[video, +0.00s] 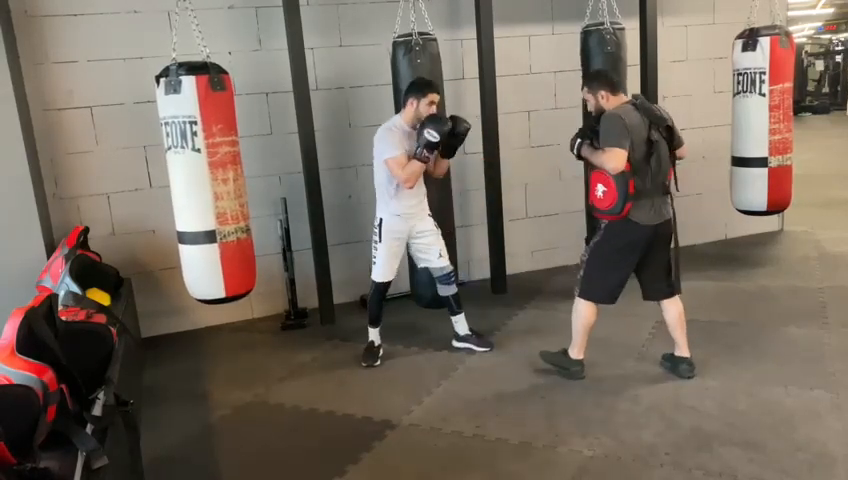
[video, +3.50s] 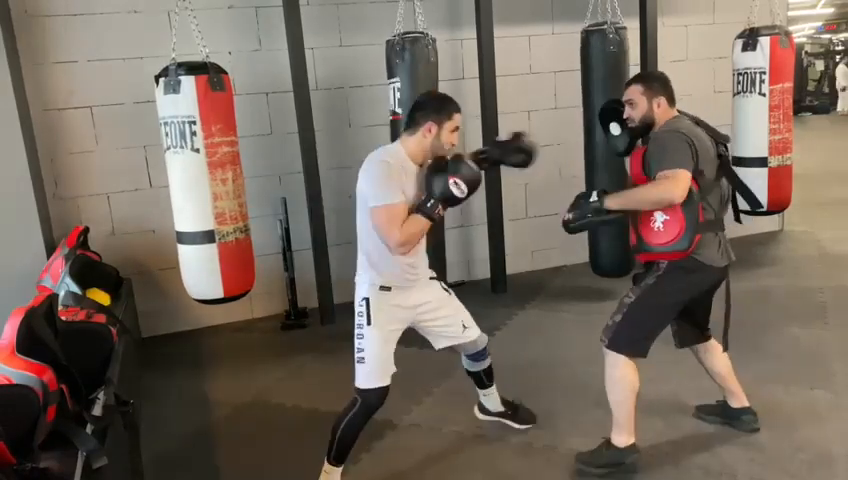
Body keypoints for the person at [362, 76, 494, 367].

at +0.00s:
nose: (434, 110)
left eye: (436, 106)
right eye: (431, 104)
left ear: (423, 105)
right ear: (412, 102)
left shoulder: (423, 131)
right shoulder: (387, 134)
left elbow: (437, 171)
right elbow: (406, 179)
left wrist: (449, 146)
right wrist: (428, 145)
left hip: (421, 217)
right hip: (391, 220)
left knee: (445, 273)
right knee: (381, 282)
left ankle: (462, 334)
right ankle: (373, 342)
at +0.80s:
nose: (444, 134)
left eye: (446, 130)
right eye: (439, 129)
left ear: (445, 130)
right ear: (422, 125)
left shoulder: (443, 140)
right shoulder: (395, 146)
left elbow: (445, 169)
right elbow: (411, 194)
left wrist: (463, 160)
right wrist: (426, 162)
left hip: (436, 223)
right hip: (401, 227)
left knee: (473, 274)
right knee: (387, 287)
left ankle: (494, 328)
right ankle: (368, 341)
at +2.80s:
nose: (440, 121)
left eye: (443, 116)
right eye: (438, 114)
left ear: (422, 112)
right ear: (419, 110)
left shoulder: (424, 140)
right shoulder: (387, 143)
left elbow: (442, 180)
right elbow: (411, 190)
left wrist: (453, 152)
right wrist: (438, 156)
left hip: (427, 230)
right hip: (395, 234)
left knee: (461, 284)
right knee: (388, 303)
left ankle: (474, 346)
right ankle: (370, 372)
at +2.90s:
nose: (439, 116)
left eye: (442, 111)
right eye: (437, 110)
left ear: (421, 107)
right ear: (417, 105)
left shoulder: (422, 135)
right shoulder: (387, 137)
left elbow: (439, 176)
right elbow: (408, 185)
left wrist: (450, 145)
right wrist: (434, 151)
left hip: (427, 227)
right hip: (396, 231)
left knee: (460, 283)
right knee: (387, 302)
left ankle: (474, 344)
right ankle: (371, 371)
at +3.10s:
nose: (429, 135)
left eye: (430, 126)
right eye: (425, 125)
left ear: (399, 124)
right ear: (400, 123)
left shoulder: (390, 160)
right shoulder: (358, 166)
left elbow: (395, 220)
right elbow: (388, 237)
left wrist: (423, 186)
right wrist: (425, 199)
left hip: (393, 282)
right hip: (358, 290)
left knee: (435, 352)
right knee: (361, 393)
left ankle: (456, 434)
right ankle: (327, 473)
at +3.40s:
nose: (439, 133)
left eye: (440, 124)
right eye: (436, 124)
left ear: (409, 122)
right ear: (412, 122)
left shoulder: (409, 160)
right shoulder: (369, 164)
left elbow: (414, 216)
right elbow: (415, 229)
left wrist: (445, 176)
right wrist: (444, 183)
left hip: (409, 280)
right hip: (371, 292)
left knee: (467, 335)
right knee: (368, 393)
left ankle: (471, 410)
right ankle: (329, 472)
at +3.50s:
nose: (456, 140)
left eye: (458, 131)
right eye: (453, 131)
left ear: (428, 129)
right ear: (429, 128)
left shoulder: (428, 164)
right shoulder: (379, 167)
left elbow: (453, 176)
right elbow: (400, 239)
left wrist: (489, 157)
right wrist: (440, 200)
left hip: (423, 284)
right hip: (380, 293)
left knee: (476, 344)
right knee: (372, 393)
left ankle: (491, 405)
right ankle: (330, 471)